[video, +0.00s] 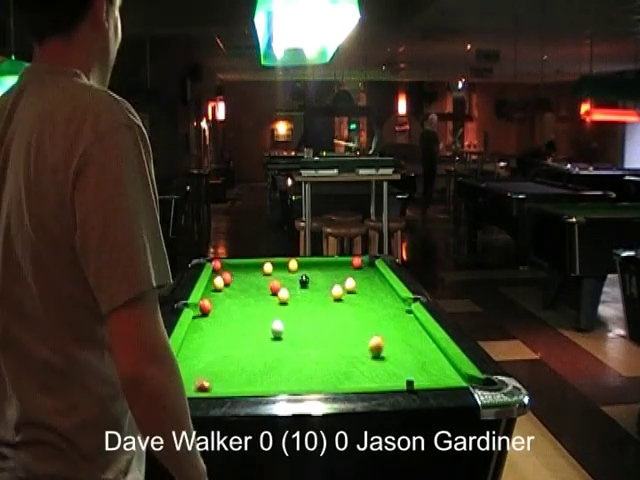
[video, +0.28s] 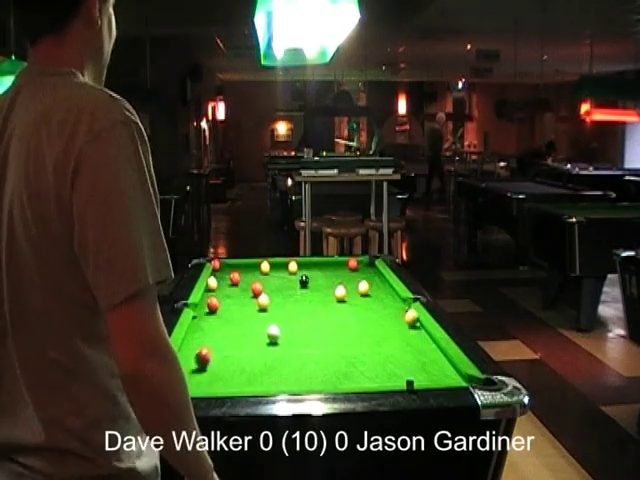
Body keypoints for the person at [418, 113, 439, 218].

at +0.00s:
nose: (436, 122)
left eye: (435, 120)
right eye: (435, 120)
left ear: (428, 121)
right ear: (433, 121)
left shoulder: (423, 133)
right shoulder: (432, 134)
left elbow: (422, 148)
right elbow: (435, 149)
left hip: (425, 162)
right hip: (431, 163)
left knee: (426, 186)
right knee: (429, 186)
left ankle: (425, 206)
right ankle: (426, 207)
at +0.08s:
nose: (438, 123)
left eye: (438, 121)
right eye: (437, 121)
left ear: (430, 121)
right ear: (435, 122)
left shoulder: (425, 132)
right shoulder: (433, 134)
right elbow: (435, 150)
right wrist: (446, 143)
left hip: (426, 161)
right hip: (431, 163)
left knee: (427, 183)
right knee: (430, 184)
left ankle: (425, 204)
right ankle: (426, 205)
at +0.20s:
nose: (441, 122)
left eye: (441, 120)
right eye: (441, 120)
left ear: (434, 118)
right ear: (439, 120)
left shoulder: (428, 128)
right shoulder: (435, 130)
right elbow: (436, 146)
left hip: (429, 155)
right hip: (435, 156)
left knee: (429, 175)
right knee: (438, 175)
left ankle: (427, 192)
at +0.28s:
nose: (444, 123)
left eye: (444, 121)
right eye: (443, 121)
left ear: (436, 118)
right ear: (442, 120)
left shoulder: (429, 128)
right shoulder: (438, 130)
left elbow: (429, 142)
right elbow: (439, 145)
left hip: (429, 155)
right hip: (436, 156)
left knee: (430, 175)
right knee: (440, 175)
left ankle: (427, 192)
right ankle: (442, 193)